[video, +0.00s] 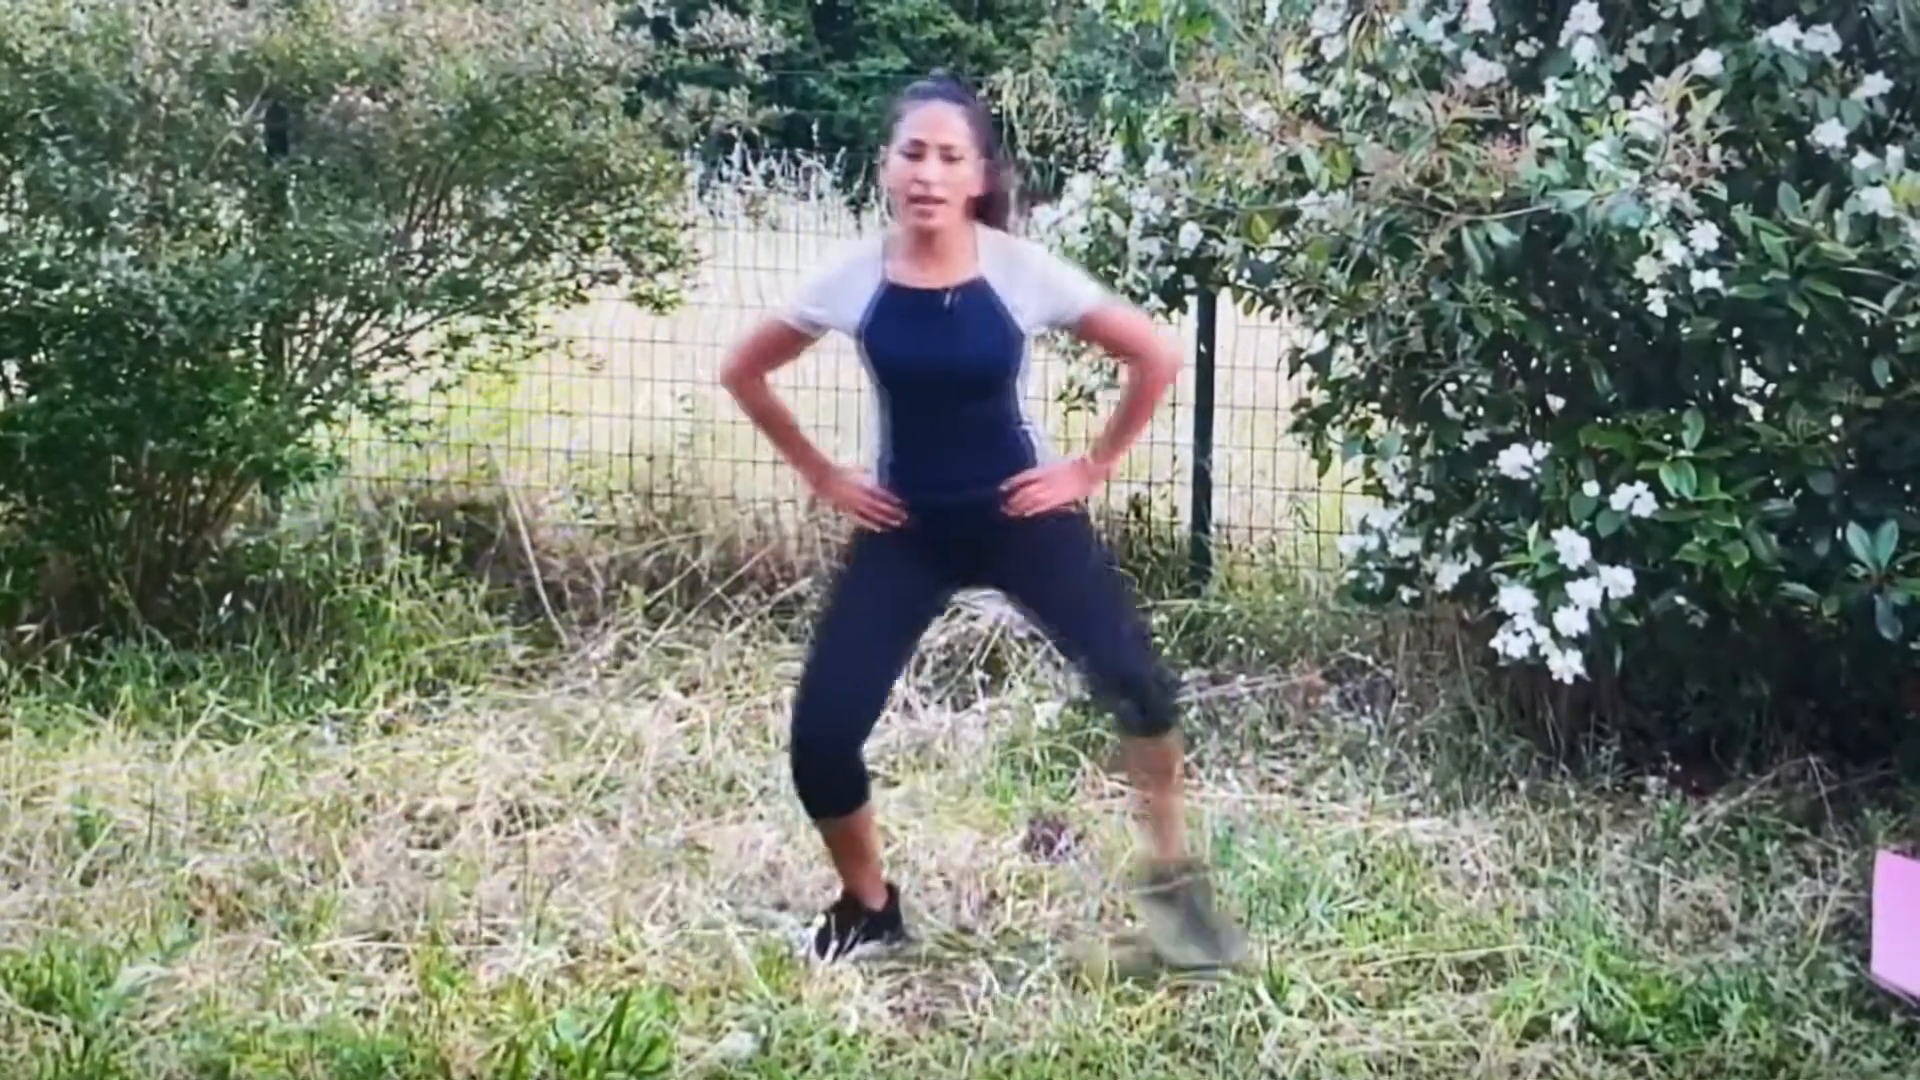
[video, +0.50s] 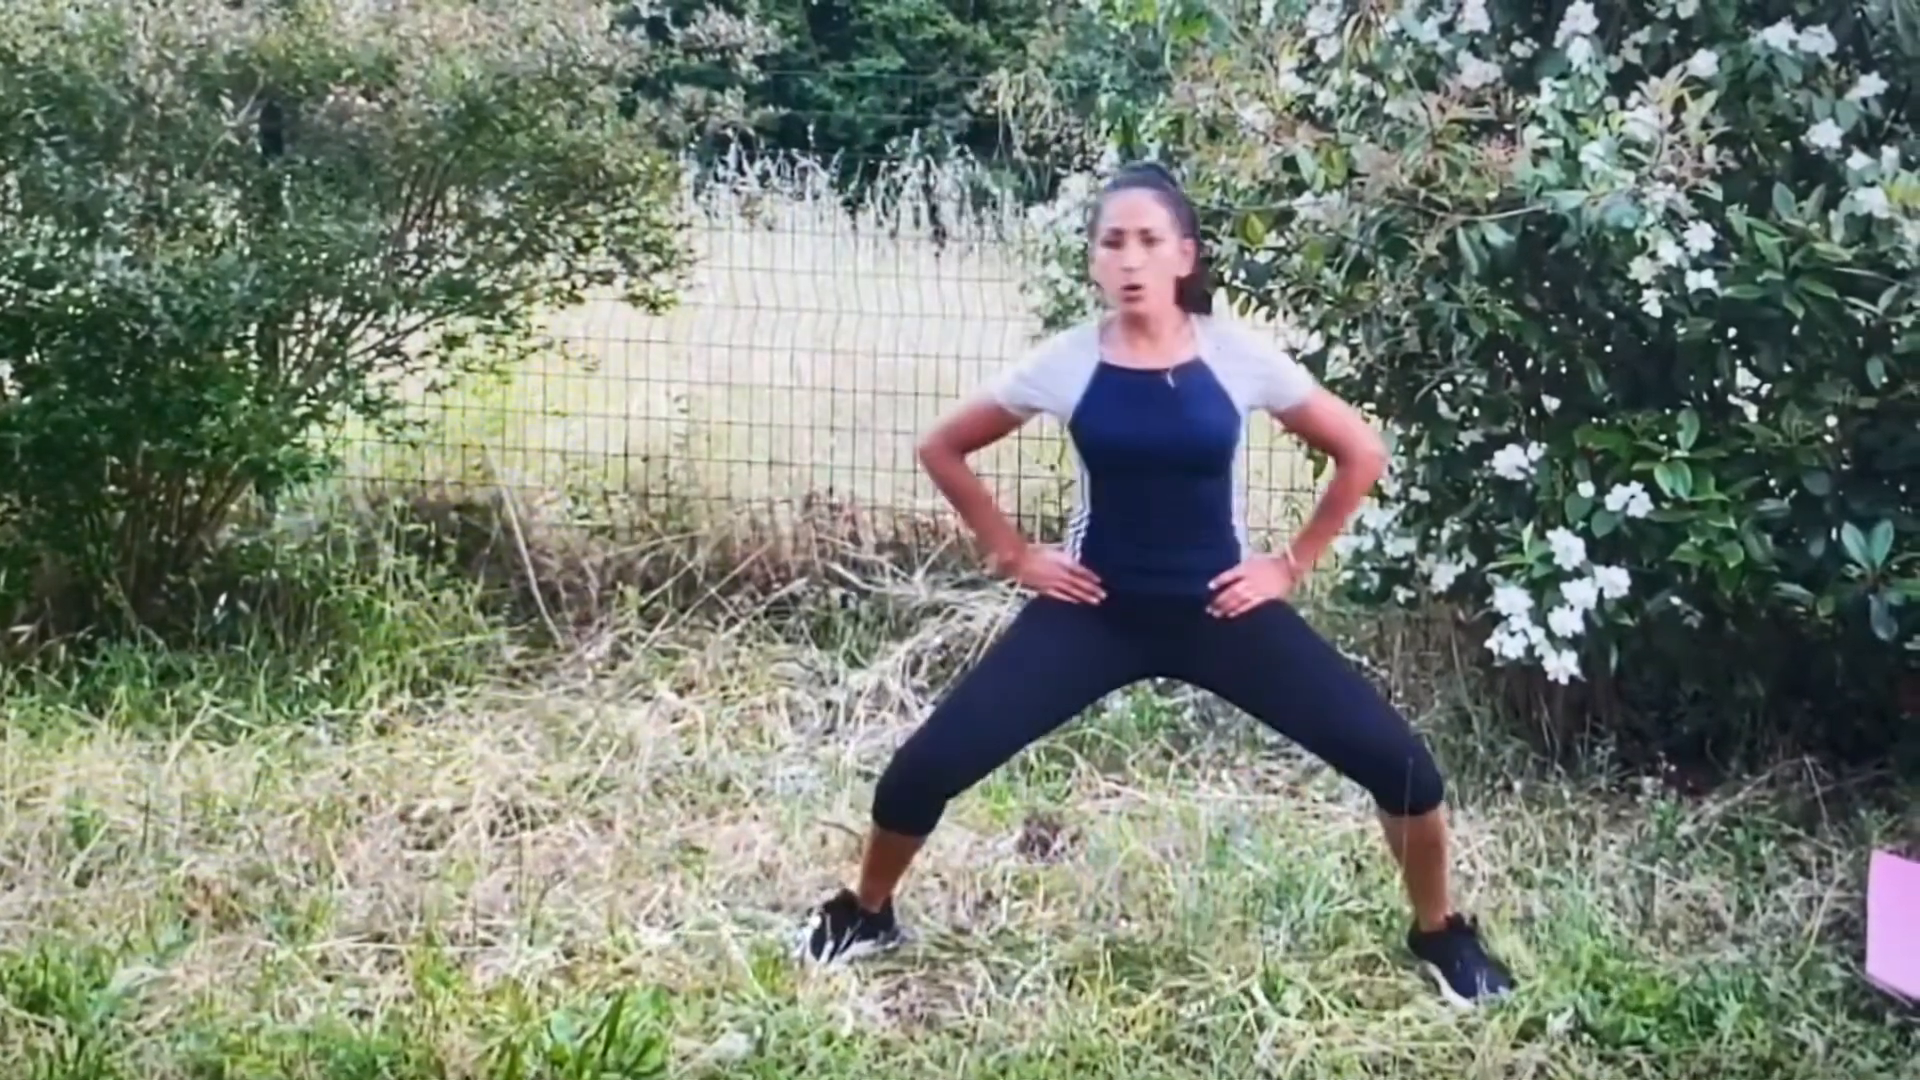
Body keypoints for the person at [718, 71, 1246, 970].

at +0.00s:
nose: (924, 171)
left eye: (947, 155)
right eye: (910, 151)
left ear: (982, 178)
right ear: (885, 169)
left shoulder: (1018, 269)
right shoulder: (857, 278)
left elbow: (1160, 356)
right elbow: (742, 372)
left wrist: (1092, 466)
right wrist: (823, 476)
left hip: (1024, 526)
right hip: (903, 536)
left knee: (1141, 684)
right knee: (820, 741)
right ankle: (869, 908)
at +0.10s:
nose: (955, 181)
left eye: (977, 165)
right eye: (939, 161)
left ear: (1014, 188)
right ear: (913, 181)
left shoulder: (1053, 280)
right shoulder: (889, 287)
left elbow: (1196, 357)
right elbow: (779, 385)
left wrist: (1130, 473)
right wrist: (862, 485)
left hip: (1068, 537)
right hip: (943, 546)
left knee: (1221, 700)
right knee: (829, 741)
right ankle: (867, 908)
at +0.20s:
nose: (999, 201)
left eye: (1021, 185)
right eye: (983, 184)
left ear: (1061, 211)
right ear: (958, 209)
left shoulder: (1105, 299)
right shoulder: (942, 312)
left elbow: (1251, 387)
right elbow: (833, 410)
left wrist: (1184, 500)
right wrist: (916, 508)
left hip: (1119, 565)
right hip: (994, 571)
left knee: (1286, 728)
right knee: (853, 742)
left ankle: (1419, 917)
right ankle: (864, 905)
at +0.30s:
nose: (1056, 239)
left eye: (1078, 220)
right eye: (1041, 220)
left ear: (1120, 241)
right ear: (1019, 239)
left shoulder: (1176, 334)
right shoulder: (1005, 352)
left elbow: (1310, 426)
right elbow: (894, 444)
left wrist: (1249, 542)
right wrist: (978, 542)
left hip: (1182, 600)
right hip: (1053, 601)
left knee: (1359, 756)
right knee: (891, 759)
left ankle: (1439, 934)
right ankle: (866, 910)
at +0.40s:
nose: (1103, 256)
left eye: (1123, 238)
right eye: (1089, 239)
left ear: (1166, 255)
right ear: (1069, 259)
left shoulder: (1218, 351)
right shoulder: (1048, 364)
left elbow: (1349, 448)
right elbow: (928, 450)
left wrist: (1279, 562)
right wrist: (1002, 549)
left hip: (1211, 615)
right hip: (1080, 614)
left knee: (1396, 761)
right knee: (917, 769)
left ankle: (1442, 935)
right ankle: (865, 910)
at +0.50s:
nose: (1130, 258)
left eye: (1149, 241)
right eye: (1114, 242)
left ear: (1189, 256)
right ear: (1093, 260)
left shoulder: (1239, 355)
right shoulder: (1069, 362)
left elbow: (1364, 454)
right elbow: (941, 449)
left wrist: (1292, 565)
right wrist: (1013, 552)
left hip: (1226, 617)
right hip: (1091, 614)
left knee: (1405, 765)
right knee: (919, 773)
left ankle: (1441, 936)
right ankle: (864, 911)